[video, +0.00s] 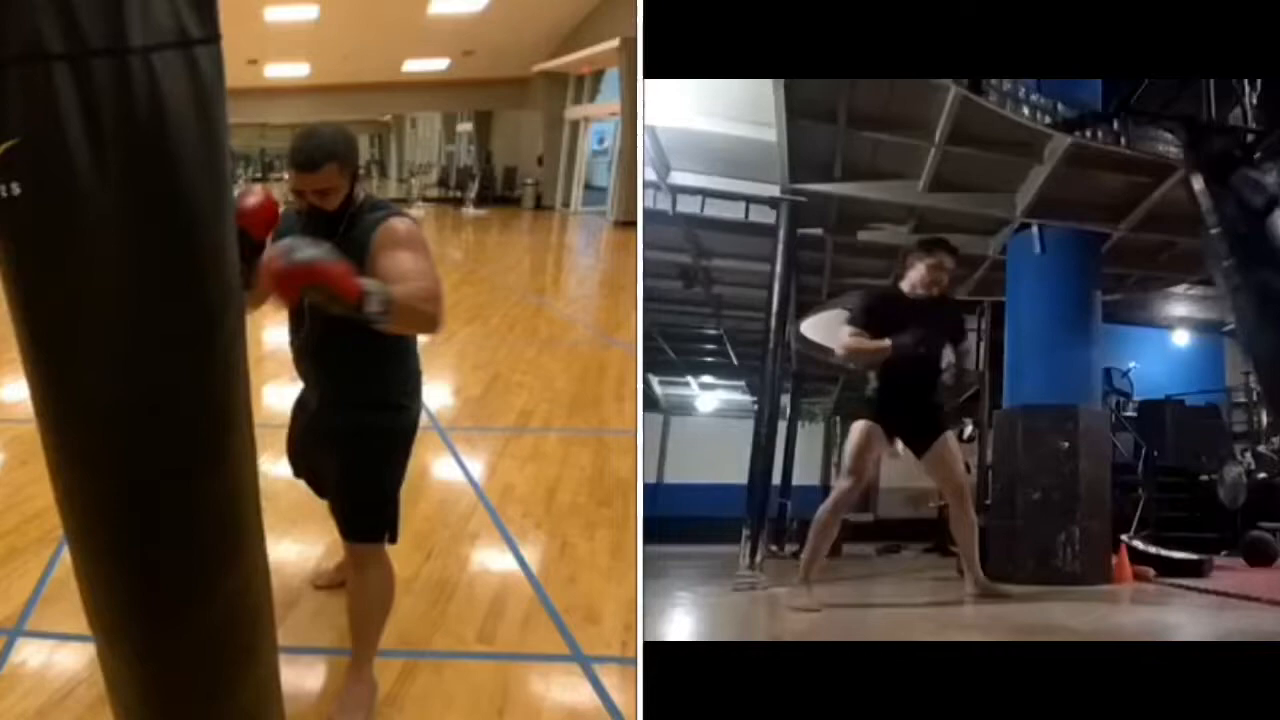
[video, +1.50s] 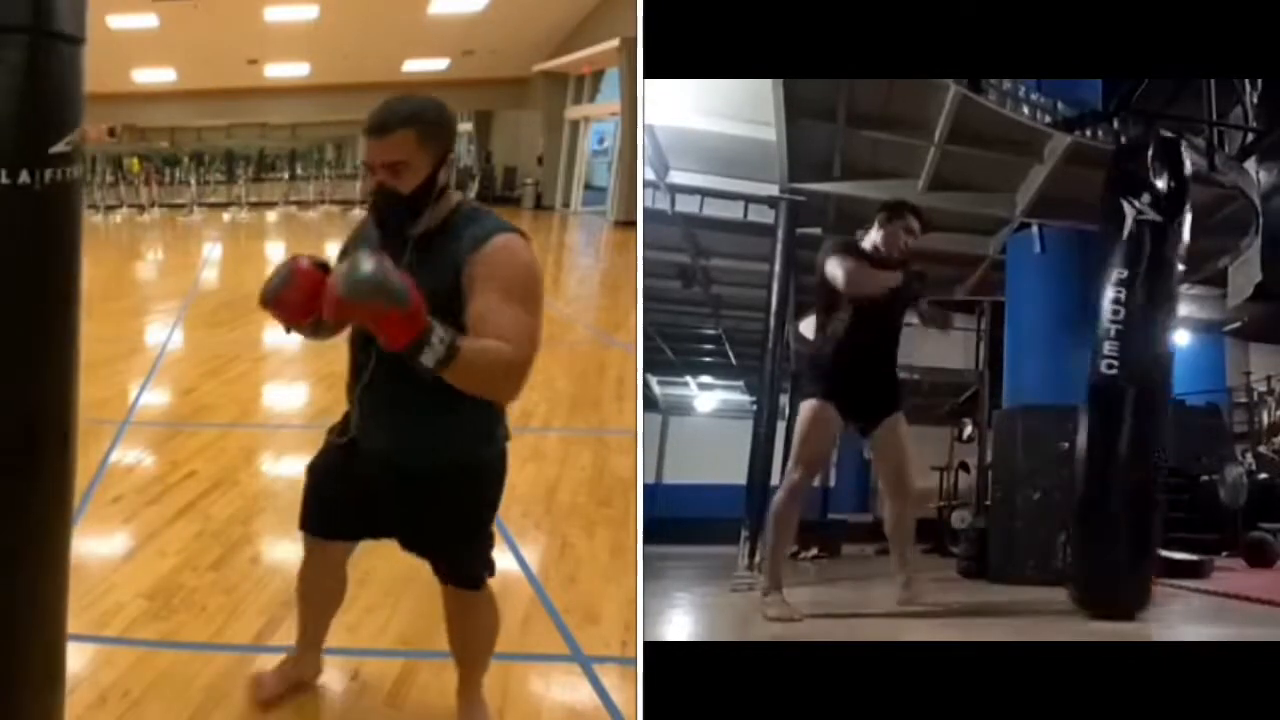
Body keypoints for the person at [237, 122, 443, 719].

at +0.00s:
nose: (313, 204)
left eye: (326, 193)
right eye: (303, 193)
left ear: (352, 179)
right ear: (291, 182)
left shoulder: (389, 229)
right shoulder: (293, 227)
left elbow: (426, 311)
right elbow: (252, 298)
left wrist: (351, 289)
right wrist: (251, 243)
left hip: (378, 408)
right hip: (321, 396)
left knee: (365, 544)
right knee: (330, 481)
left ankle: (361, 674)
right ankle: (356, 557)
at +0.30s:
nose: (320, 173)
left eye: (332, 160)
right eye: (311, 161)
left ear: (363, 149)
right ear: (301, 156)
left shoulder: (417, 209)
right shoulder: (300, 212)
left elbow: (468, 281)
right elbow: (246, 272)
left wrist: (426, 306)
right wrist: (246, 231)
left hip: (405, 384)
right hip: (330, 379)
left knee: (433, 512)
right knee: (281, 475)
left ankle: (445, 581)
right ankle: (330, 547)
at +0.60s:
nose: (291, 178)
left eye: (304, 167)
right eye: (280, 170)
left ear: (333, 173)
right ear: (271, 180)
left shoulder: (361, 217)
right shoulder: (294, 258)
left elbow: (243, 191)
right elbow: (294, 341)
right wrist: (252, 385)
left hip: (402, 429)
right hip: (320, 437)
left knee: (448, 542)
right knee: (279, 560)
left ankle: (446, 586)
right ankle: (295, 684)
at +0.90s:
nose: (251, 209)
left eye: (262, 198)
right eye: (241, 202)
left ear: (286, 197)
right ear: (231, 207)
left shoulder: (309, 235)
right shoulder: (250, 272)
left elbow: (379, 284)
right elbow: (184, 268)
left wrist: (459, 342)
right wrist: (181, 188)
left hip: (335, 379)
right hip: (363, 433)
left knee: (215, 391)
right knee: (297, 561)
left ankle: (124, 421)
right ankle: (264, 703)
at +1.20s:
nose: (306, 170)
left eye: (323, 157)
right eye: (297, 156)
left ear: (354, 157)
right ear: (287, 155)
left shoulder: (391, 233)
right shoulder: (269, 245)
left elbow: (449, 324)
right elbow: (227, 328)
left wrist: (401, 302)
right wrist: (189, 316)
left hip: (386, 438)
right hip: (305, 440)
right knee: (290, 570)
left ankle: (464, 710)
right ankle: (267, 706)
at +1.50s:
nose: (380, 183)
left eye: (396, 169)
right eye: (372, 168)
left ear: (441, 163)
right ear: (365, 163)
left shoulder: (497, 249)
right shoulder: (375, 229)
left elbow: (506, 375)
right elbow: (331, 321)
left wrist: (418, 335)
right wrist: (304, 306)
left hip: (456, 449)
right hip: (369, 434)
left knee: (463, 579)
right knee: (324, 538)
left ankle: (471, 697)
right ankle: (305, 661)